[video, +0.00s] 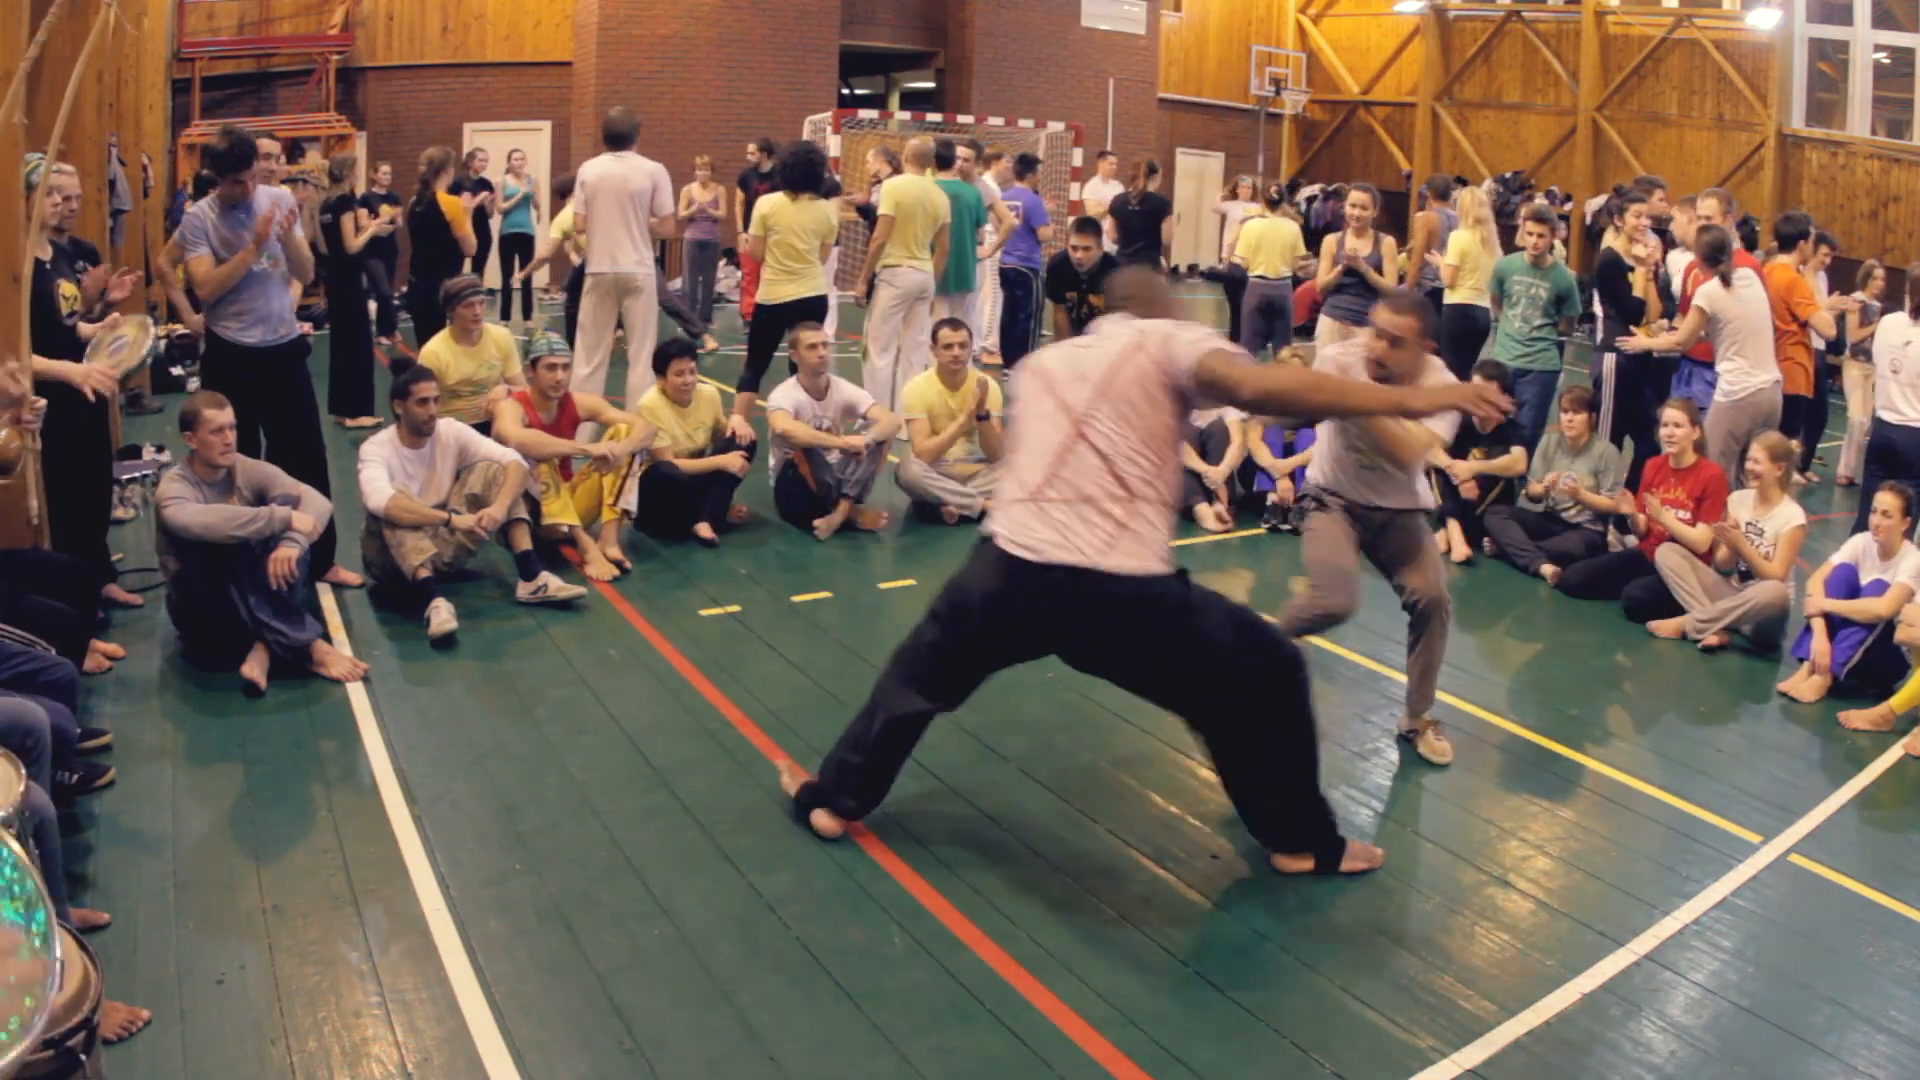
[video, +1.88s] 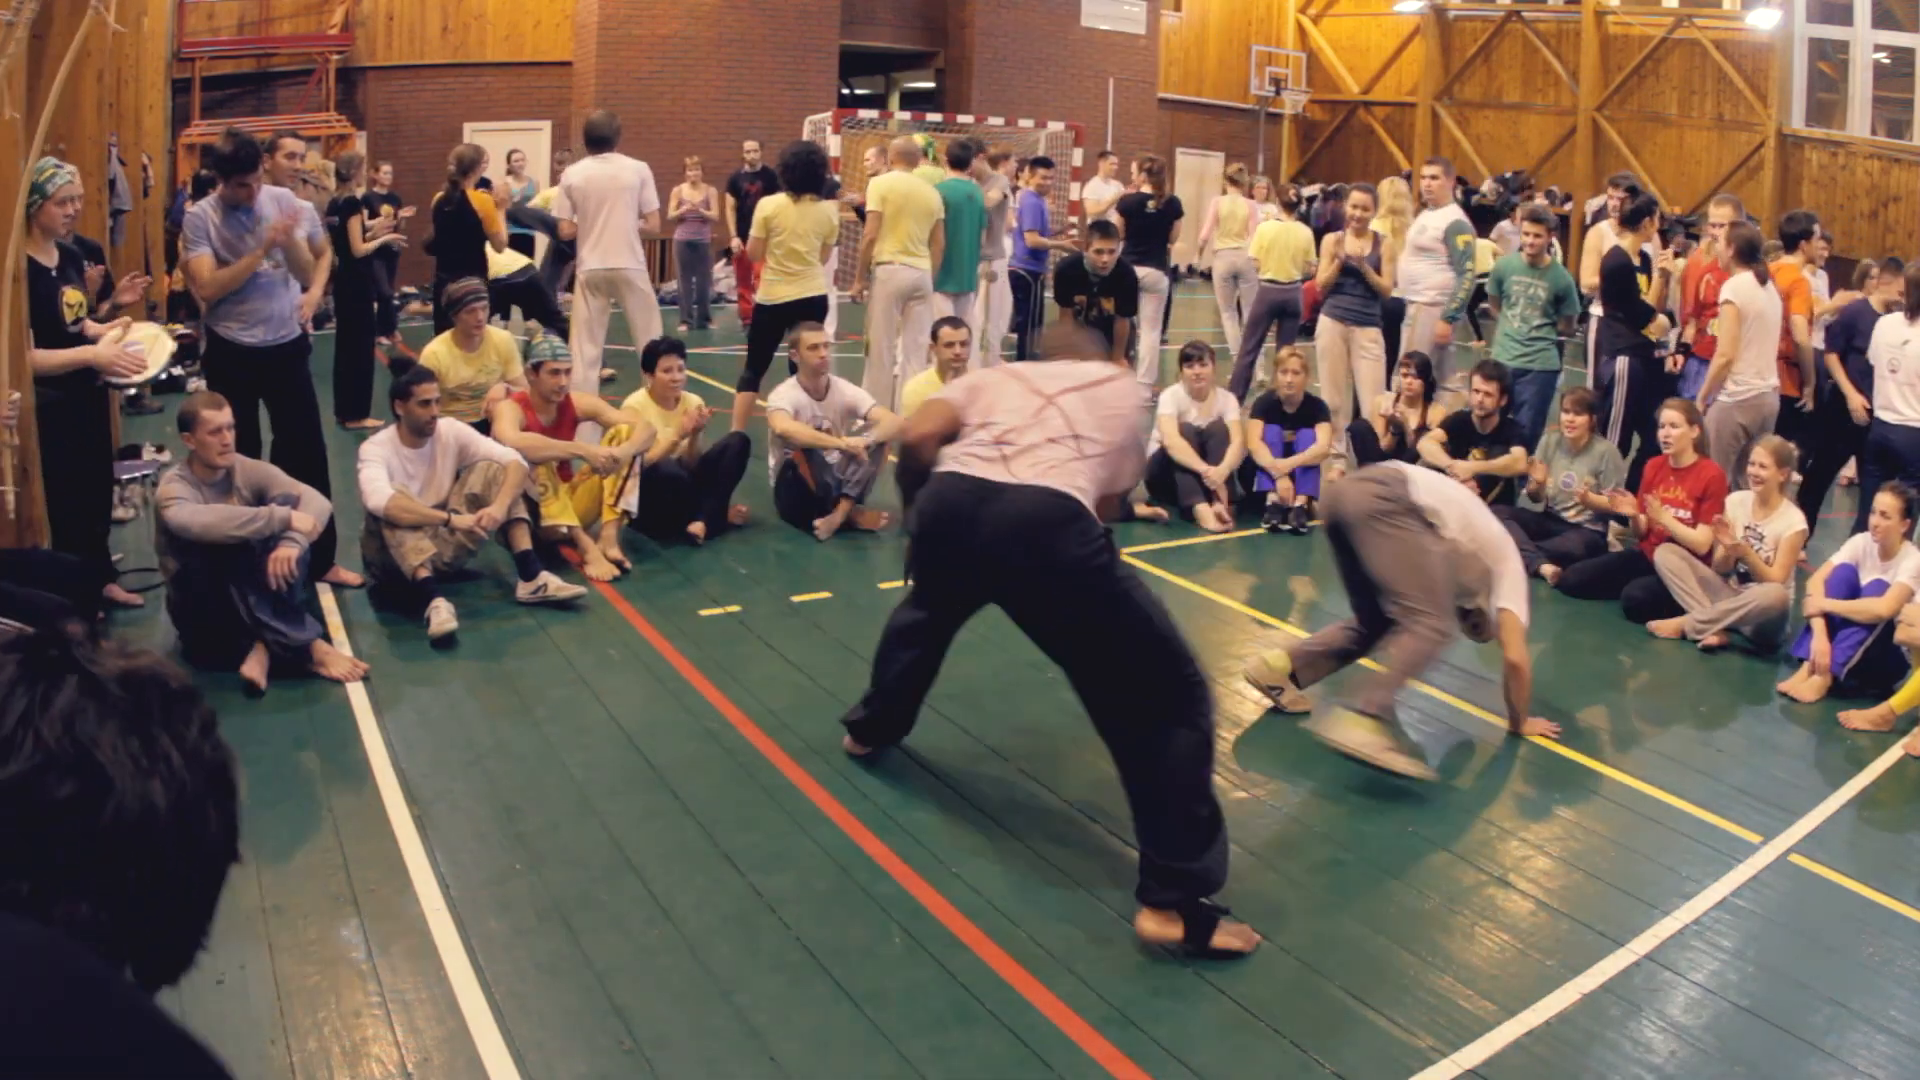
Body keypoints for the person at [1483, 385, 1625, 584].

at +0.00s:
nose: (1569, 418)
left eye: (1576, 413)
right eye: (1565, 412)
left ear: (1591, 417)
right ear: (1559, 415)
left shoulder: (1607, 452)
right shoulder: (1549, 442)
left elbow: (1614, 505)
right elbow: (1531, 491)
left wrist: (1579, 494)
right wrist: (1544, 487)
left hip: (1584, 529)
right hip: (1546, 519)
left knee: (1576, 547)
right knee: (1495, 514)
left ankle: (1508, 550)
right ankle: (1539, 565)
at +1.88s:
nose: (1570, 420)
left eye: (1578, 414)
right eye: (1566, 412)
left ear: (1592, 420)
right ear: (1559, 415)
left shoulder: (1606, 451)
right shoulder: (1550, 441)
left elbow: (1617, 505)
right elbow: (1533, 497)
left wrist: (1589, 499)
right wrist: (1536, 484)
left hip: (1585, 529)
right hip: (1549, 518)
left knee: (1574, 548)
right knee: (1497, 512)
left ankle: (1510, 553)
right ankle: (1539, 565)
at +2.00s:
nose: (1572, 419)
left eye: (1580, 414)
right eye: (1567, 412)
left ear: (1593, 419)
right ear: (1560, 415)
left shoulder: (1607, 452)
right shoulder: (1549, 441)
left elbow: (1609, 505)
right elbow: (1534, 489)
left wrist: (1574, 490)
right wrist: (1553, 491)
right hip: (1551, 516)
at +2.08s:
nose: (1572, 419)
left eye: (1580, 414)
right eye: (1568, 412)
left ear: (1594, 419)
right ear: (1561, 414)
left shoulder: (1607, 452)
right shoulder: (1549, 441)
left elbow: (1613, 504)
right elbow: (1533, 483)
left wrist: (1581, 493)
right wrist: (1557, 483)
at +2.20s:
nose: (1572, 420)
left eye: (1580, 414)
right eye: (1568, 412)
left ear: (1594, 420)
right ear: (1561, 414)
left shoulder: (1607, 452)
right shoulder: (1550, 440)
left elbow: (1615, 504)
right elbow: (1532, 494)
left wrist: (1586, 497)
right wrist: (1541, 487)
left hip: (1583, 522)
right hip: (1546, 514)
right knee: (1494, 513)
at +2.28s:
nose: (1574, 420)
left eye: (1581, 414)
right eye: (1569, 413)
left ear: (1594, 419)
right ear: (1562, 415)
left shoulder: (1607, 452)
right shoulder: (1549, 442)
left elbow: (1610, 505)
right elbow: (1532, 489)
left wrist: (1576, 492)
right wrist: (1554, 489)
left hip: (1586, 525)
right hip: (1548, 517)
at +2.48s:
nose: (1575, 420)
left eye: (1582, 415)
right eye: (1570, 413)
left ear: (1594, 419)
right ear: (1562, 416)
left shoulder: (1608, 453)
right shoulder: (1549, 441)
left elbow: (1615, 504)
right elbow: (1531, 486)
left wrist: (1583, 496)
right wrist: (1542, 485)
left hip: (1586, 527)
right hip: (1546, 519)